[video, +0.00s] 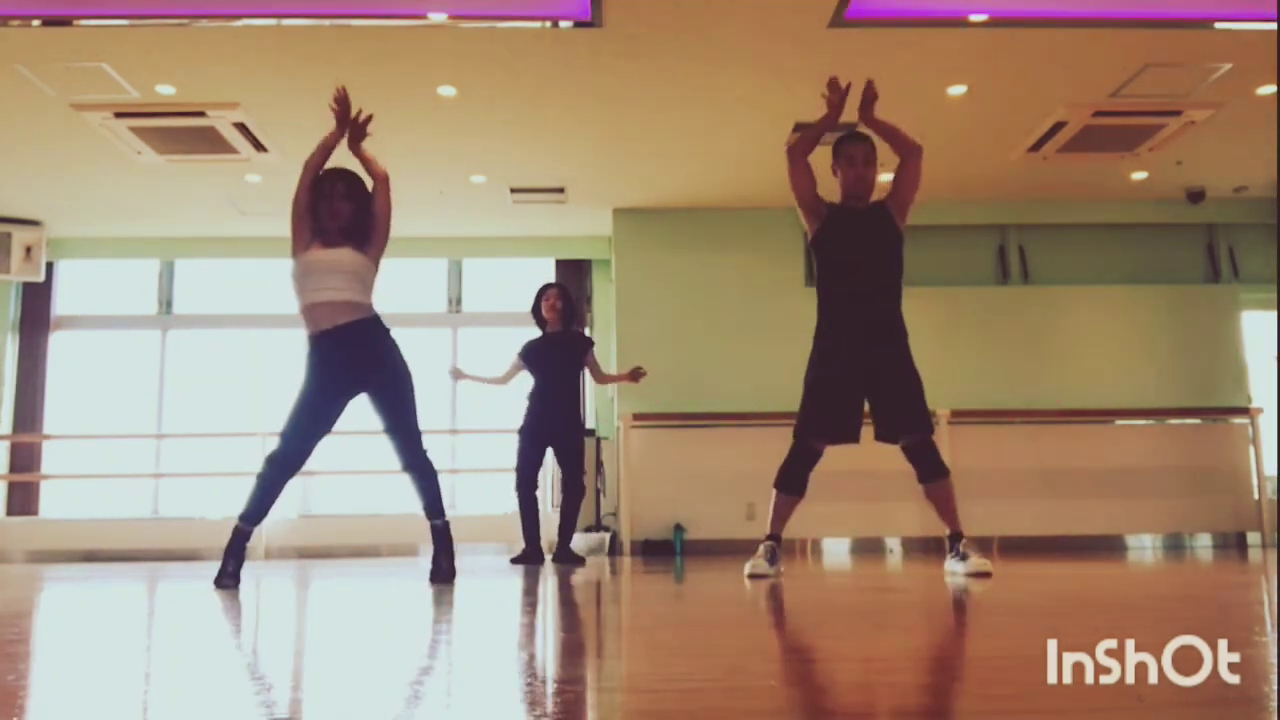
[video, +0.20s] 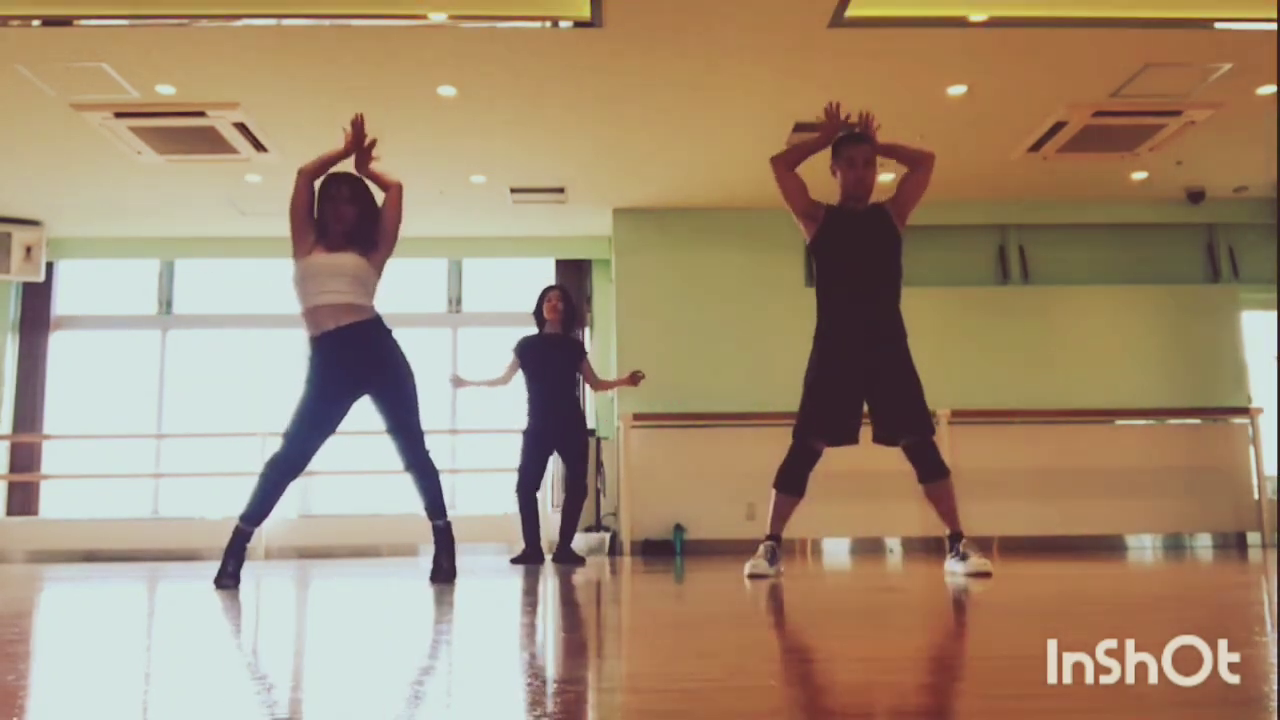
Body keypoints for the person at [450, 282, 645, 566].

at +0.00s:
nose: (552, 303)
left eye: (558, 299)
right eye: (547, 299)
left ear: (567, 305)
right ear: (539, 307)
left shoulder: (580, 342)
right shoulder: (532, 347)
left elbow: (599, 378)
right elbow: (503, 379)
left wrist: (626, 377)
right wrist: (466, 376)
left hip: (568, 424)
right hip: (536, 424)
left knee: (574, 487)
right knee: (524, 485)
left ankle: (563, 548)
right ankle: (532, 549)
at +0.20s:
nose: (554, 305)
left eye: (560, 300)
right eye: (549, 300)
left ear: (568, 309)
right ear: (540, 308)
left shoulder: (574, 346)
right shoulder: (527, 345)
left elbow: (596, 385)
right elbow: (504, 379)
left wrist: (624, 381)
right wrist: (468, 383)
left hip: (571, 426)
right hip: (539, 426)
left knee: (578, 488)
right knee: (525, 488)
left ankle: (563, 548)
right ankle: (532, 549)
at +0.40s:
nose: (553, 303)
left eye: (558, 299)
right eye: (548, 300)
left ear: (567, 307)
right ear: (539, 308)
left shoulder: (578, 343)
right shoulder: (531, 348)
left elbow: (595, 382)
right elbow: (501, 378)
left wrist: (621, 384)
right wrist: (463, 375)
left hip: (566, 427)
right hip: (533, 426)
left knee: (572, 488)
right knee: (521, 485)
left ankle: (563, 548)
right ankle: (532, 548)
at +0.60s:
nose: (556, 301)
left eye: (561, 297)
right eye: (551, 297)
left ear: (569, 304)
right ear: (542, 305)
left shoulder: (580, 336)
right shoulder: (530, 341)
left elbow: (600, 367)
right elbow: (511, 364)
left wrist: (619, 388)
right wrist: (499, 379)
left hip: (568, 421)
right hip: (535, 420)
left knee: (574, 485)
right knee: (523, 483)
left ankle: (563, 548)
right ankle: (531, 548)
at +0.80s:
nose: (558, 288)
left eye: (564, 283)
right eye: (553, 283)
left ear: (571, 288)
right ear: (544, 288)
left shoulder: (583, 321)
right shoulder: (534, 322)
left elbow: (583, 361)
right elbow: (533, 366)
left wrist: (545, 364)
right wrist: (568, 379)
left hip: (575, 399)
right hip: (545, 400)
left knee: (577, 470)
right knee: (539, 468)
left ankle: (576, 537)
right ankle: (546, 537)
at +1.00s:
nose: (562, 322)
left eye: (568, 317)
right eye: (557, 317)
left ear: (577, 324)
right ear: (548, 324)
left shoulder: (589, 359)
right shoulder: (538, 364)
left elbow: (598, 400)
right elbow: (528, 401)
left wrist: (570, 416)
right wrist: (549, 421)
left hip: (582, 431)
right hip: (551, 430)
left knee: (598, 490)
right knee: (536, 491)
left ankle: (585, 547)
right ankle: (553, 547)